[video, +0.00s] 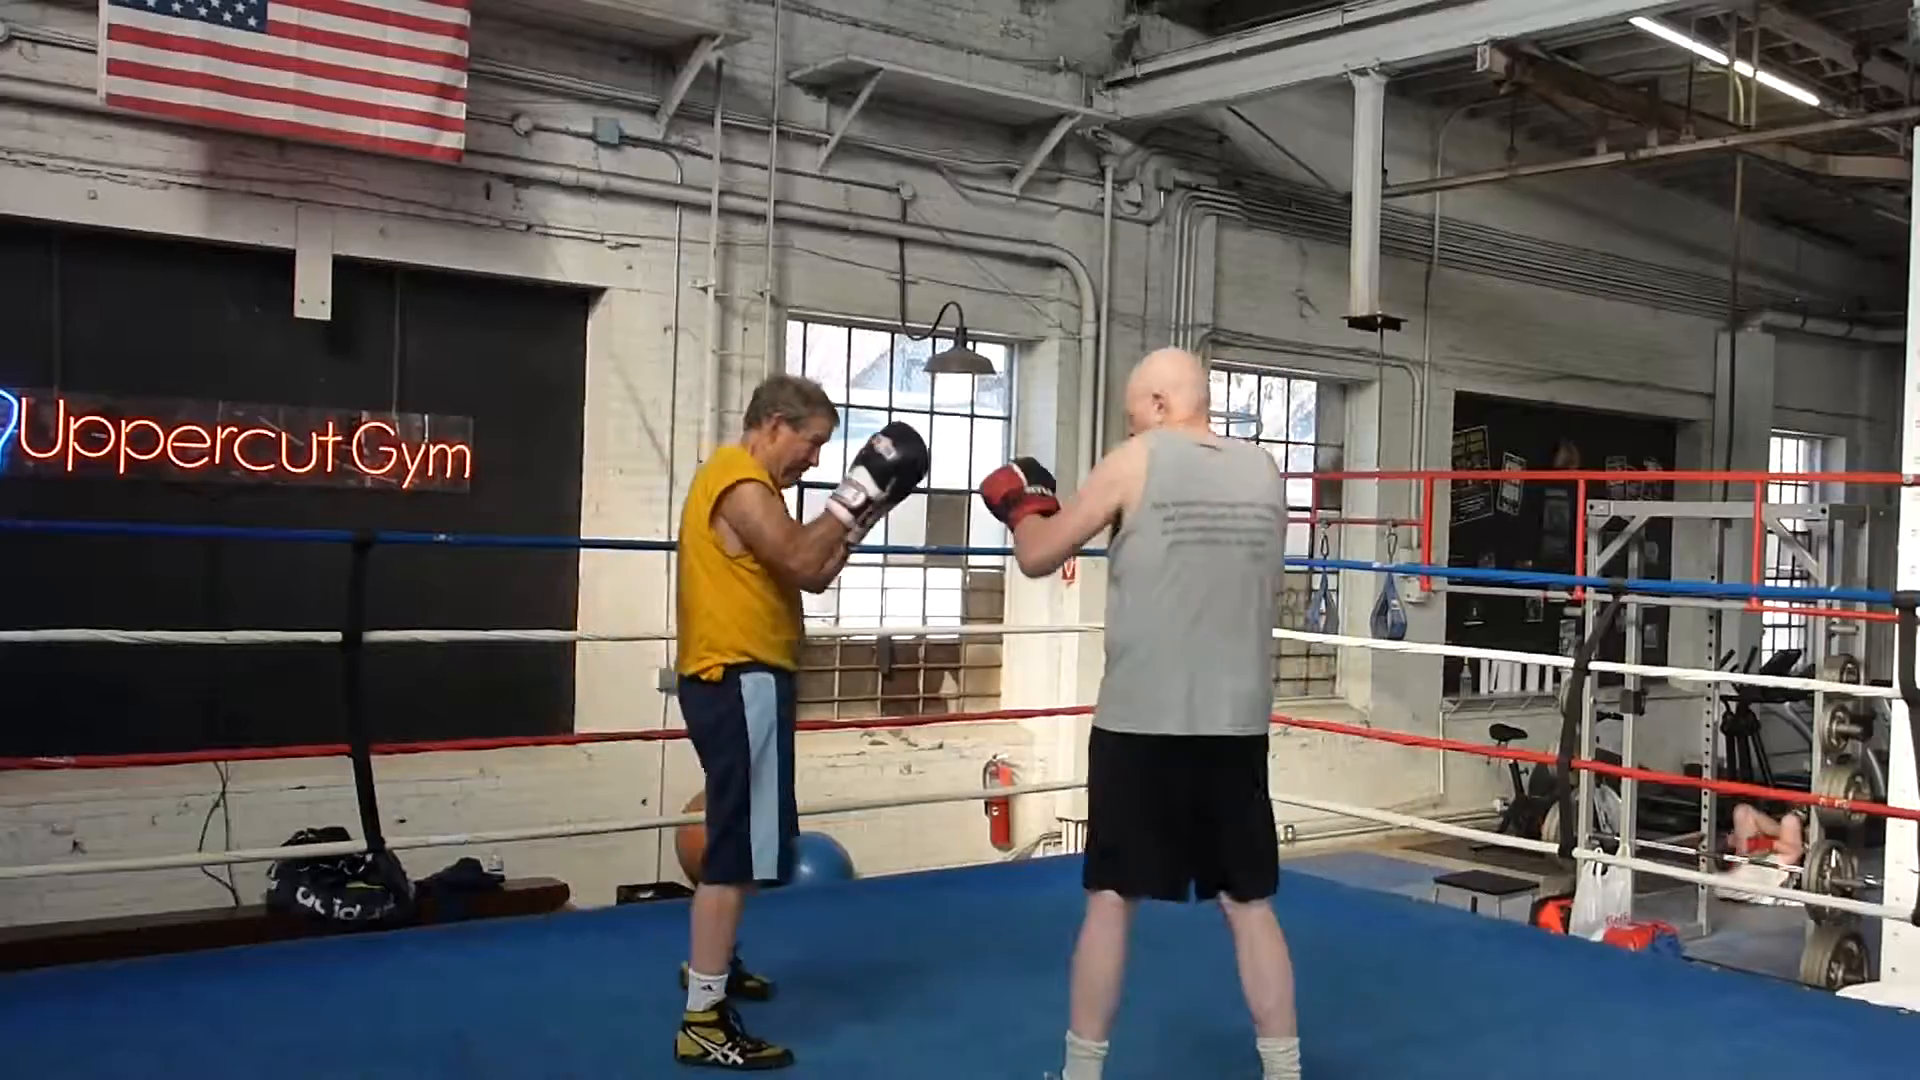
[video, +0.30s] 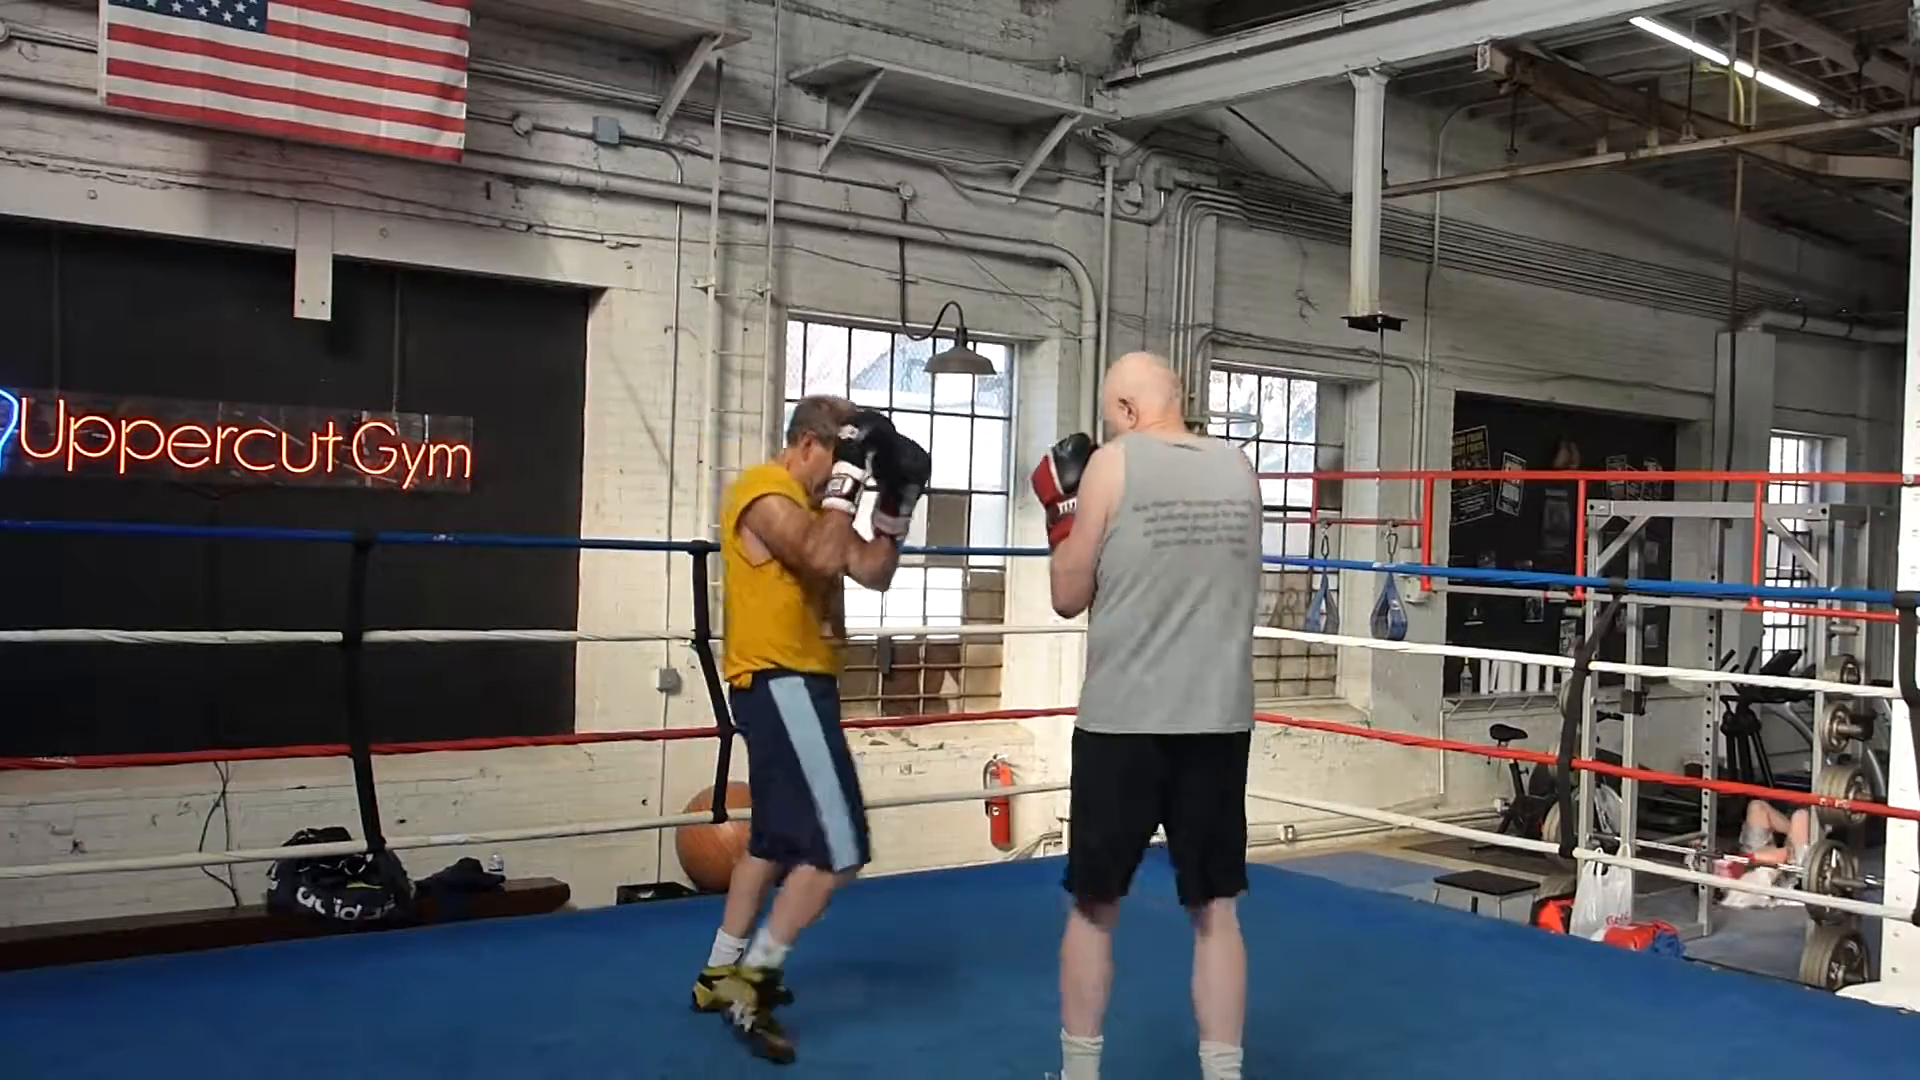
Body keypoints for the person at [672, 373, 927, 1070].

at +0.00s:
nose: (816, 458)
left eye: (821, 447)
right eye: (814, 441)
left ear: (777, 430)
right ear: (778, 425)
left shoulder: (751, 484)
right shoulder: (737, 474)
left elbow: (815, 573)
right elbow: (798, 556)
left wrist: (862, 513)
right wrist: (857, 490)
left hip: (748, 677)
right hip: (736, 679)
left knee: (741, 838)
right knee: (736, 847)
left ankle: (712, 964)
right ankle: (701, 1024)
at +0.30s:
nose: (846, 468)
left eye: (849, 459)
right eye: (842, 456)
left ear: (819, 452)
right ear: (811, 443)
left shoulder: (811, 508)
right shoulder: (765, 489)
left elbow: (876, 569)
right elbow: (821, 556)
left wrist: (898, 497)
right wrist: (848, 480)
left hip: (802, 675)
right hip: (776, 675)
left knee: (775, 838)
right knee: (836, 844)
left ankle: (721, 972)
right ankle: (755, 980)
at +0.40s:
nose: (866, 460)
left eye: (869, 451)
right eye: (860, 448)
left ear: (833, 445)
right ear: (827, 440)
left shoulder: (835, 508)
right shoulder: (780, 488)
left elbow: (896, 567)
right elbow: (823, 558)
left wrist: (923, 501)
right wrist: (861, 483)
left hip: (820, 676)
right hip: (795, 676)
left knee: (769, 832)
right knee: (872, 831)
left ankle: (720, 972)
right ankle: (817, 973)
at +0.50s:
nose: (895, 467)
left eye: (900, 458)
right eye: (888, 454)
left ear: (869, 454)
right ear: (848, 446)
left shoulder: (867, 512)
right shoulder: (800, 498)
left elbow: (919, 576)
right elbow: (821, 579)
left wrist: (950, 519)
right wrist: (865, 509)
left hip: (839, 680)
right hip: (820, 681)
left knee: (776, 831)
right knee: (901, 832)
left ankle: (721, 971)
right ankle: (888, 973)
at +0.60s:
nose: (923, 480)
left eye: (928, 471)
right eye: (918, 467)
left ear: (903, 467)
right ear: (879, 457)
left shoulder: (899, 521)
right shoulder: (831, 505)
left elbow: (951, 585)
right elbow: (843, 579)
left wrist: (976, 528)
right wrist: (905, 520)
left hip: (868, 687)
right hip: (848, 689)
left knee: (800, 835)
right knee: (931, 839)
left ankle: (724, 966)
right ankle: (927, 967)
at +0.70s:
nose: (954, 486)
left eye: (959, 477)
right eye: (949, 472)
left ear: (929, 469)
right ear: (912, 459)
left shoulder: (932, 526)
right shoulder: (872, 506)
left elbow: (989, 591)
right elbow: (886, 570)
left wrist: (1000, 520)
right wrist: (947, 523)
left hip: (909, 686)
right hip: (885, 687)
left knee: (865, 839)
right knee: (955, 843)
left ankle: (755, 936)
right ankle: (929, 973)